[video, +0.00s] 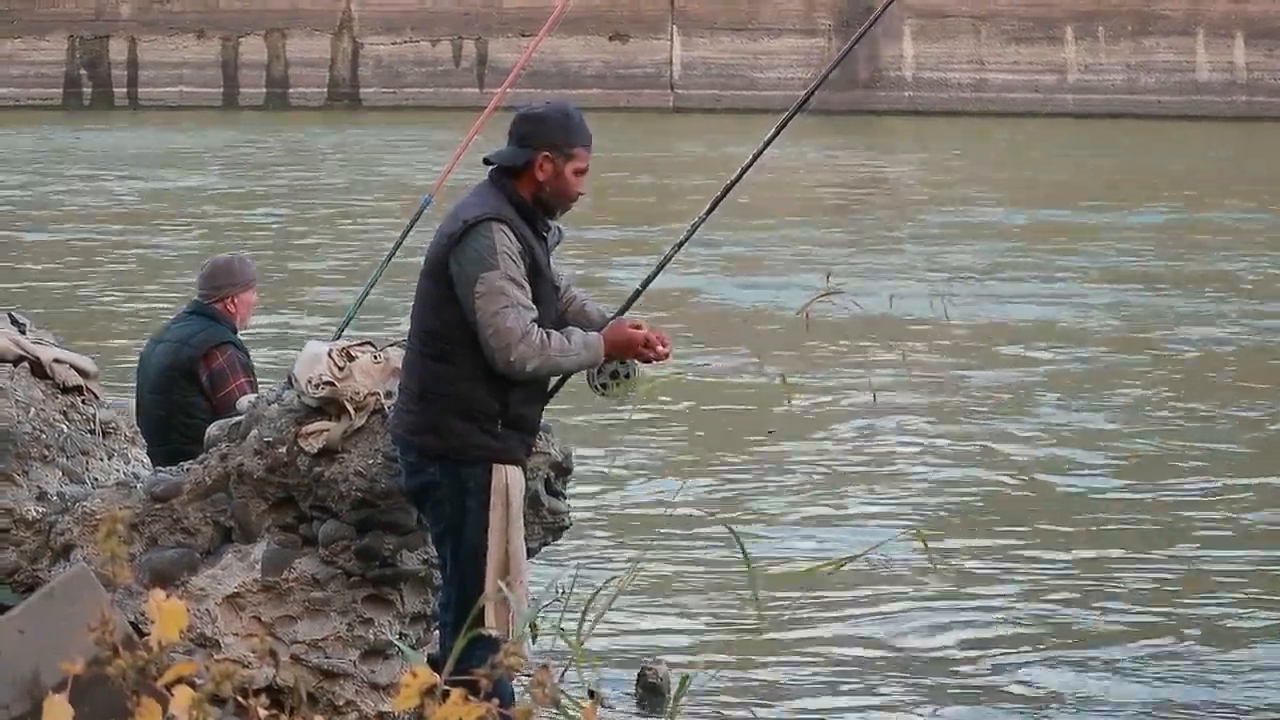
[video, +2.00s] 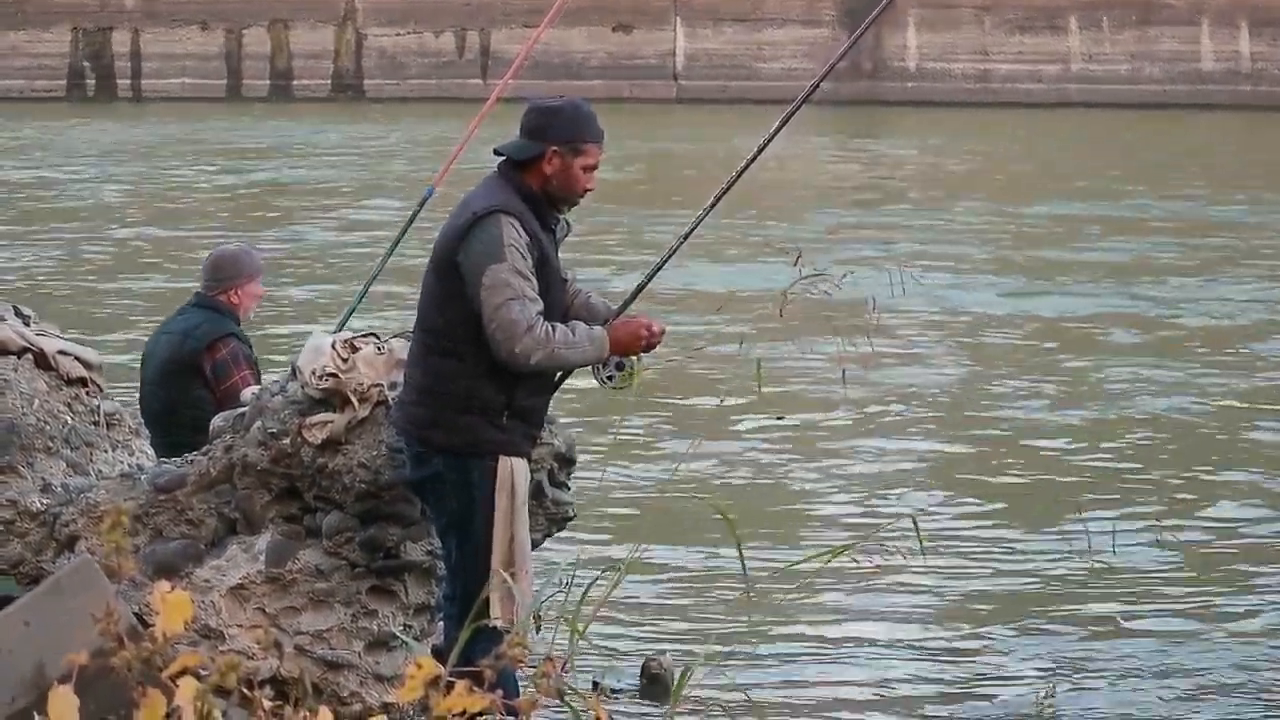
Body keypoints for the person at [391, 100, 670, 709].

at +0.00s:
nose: (584, 186)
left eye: (586, 172)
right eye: (580, 171)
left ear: (546, 164)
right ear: (543, 165)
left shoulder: (520, 227)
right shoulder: (488, 233)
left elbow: (558, 304)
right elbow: (515, 349)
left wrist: (618, 335)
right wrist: (603, 345)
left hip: (482, 446)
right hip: (456, 449)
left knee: (484, 603)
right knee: (477, 609)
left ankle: (476, 710)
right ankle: (477, 713)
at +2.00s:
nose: (592, 182)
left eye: (596, 169)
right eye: (587, 168)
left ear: (552, 160)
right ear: (549, 160)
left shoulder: (526, 217)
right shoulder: (498, 225)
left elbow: (558, 299)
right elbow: (518, 340)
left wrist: (616, 325)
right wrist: (607, 339)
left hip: (481, 439)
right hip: (457, 443)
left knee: (489, 593)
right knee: (478, 599)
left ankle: (487, 708)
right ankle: (475, 711)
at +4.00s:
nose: (599, 178)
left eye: (602, 165)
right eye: (595, 164)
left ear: (561, 156)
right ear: (560, 156)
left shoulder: (534, 215)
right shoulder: (505, 222)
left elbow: (564, 294)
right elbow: (518, 339)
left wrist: (621, 322)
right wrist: (606, 351)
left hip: (493, 432)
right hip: (468, 437)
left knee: (496, 591)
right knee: (489, 596)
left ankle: (492, 709)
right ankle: (487, 711)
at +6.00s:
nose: (600, 181)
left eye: (602, 169)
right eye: (596, 168)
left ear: (563, 162)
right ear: (564, 165)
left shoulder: (533, 221)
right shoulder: (508, 227)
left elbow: (565, 302)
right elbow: (539, 342)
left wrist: (628, 332)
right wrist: (622, 360)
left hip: (493, 440)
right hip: (470, 445)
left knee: (497, 591)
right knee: (489, 596)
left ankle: (490, 709)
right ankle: (488, 711)